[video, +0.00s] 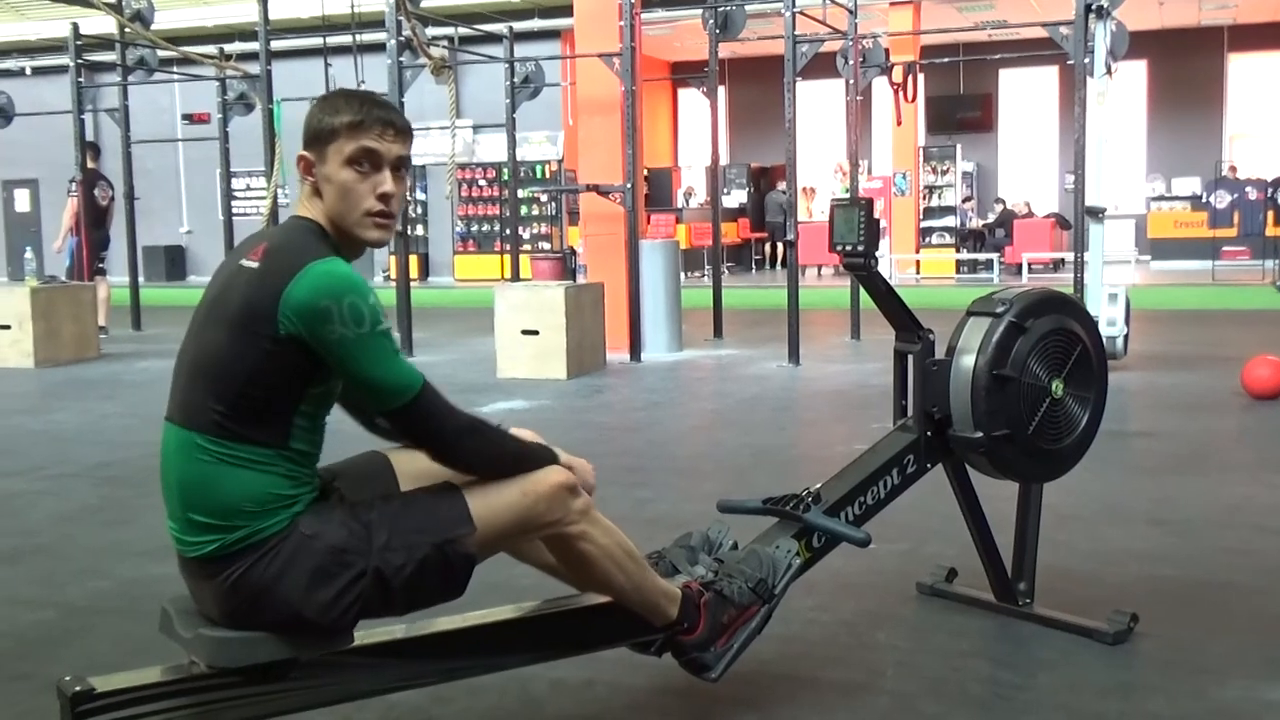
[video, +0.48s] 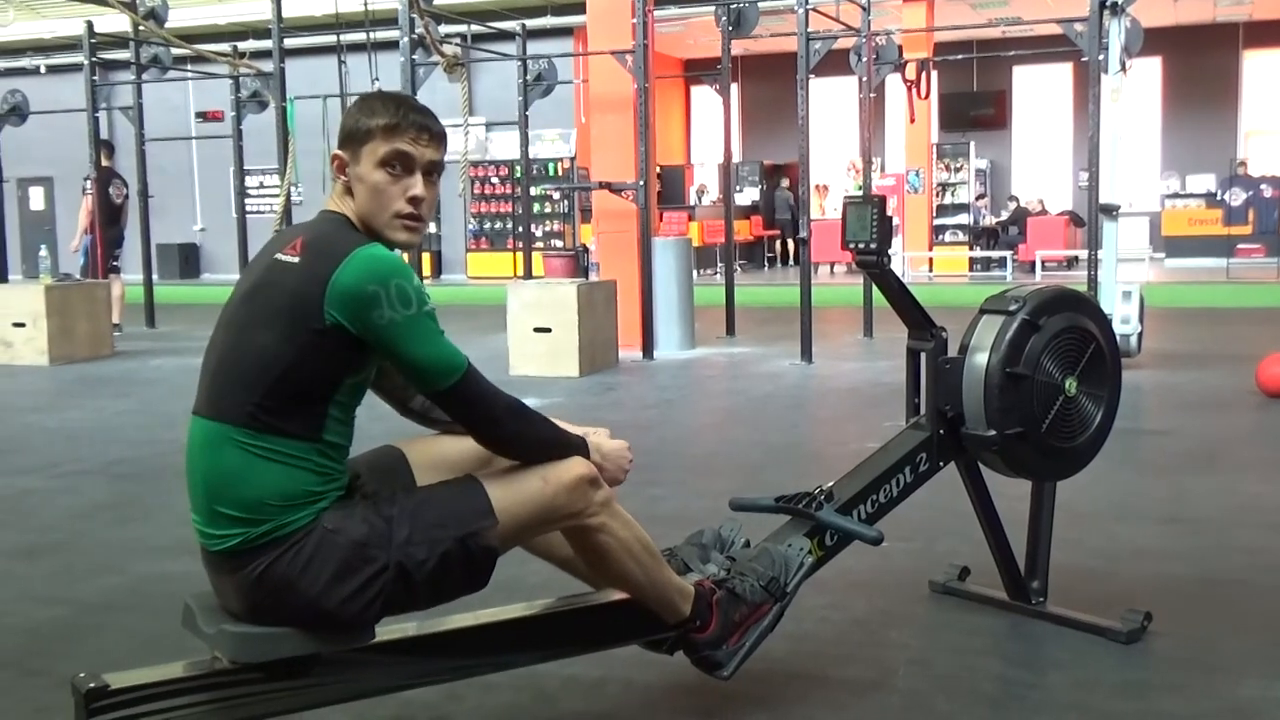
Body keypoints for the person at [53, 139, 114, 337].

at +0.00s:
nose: (78, 158)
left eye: (79, 154)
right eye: (80, 154)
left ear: (84, 156)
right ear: (97, 157)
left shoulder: (79, 182)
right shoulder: (108, 183)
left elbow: (71, 211)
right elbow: (110, 214)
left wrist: (61, 238)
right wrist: (105, 232)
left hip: (82, 235)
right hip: (102, 234)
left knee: (76, 279)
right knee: (101, 278)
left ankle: (77, 324)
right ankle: (102, 323)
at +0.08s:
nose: (81, 157)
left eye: (82, 153)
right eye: (83, 153)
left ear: (86, 155)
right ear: (100, 155)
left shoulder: (81, 181)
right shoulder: (110, 182)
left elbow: (74, 210)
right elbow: (113, 213)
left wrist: (64, 237)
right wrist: (108, 232)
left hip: (85, 234)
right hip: (104, 233)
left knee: (78, 278)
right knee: (103, 277)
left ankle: (80, 323)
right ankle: (104, 322)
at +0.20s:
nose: (84, 157)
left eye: (85, 153)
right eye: (87, 153)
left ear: (89, 155)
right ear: (103, 155)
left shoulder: (83, 180)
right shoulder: (113, 182)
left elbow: (77, 210)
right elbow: (115, 213)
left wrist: (68, 238)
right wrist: (111, 232)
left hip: (88, 235)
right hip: (107, 234)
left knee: (81, 278)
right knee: (106, 277)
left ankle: (83, 323)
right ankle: (107, 322)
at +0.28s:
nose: (84, 157)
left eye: (86, 153)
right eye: (87, 153)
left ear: (89, 155)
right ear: (104, 155)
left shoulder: (84, 180)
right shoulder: (114, 181)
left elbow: (79, 210)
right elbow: (117, 213)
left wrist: (70, 237)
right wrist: (113, 232)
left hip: (89, 235)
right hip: (108, 234)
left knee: (82, 278)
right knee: (107, 277)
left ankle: (84, 323)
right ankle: (108, 322)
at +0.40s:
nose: (89, 156)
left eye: (90, 152)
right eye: (92, 152)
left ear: (94, 154)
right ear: (109, 154)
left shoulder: (89, 179)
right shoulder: (119, 181)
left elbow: (84, 209)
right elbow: (121, 212)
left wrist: (75, 237)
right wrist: (117, 231)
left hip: (94, 234)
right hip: (113, 233)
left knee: (88, 277)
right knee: (112, 276)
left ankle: (89, 322)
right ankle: (113, 321)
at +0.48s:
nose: (92, 156)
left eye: (93, 153)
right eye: (94, 153)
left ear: (97, 154)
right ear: (111, 155)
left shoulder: (93, 179)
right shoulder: (122, 181)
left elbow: (87, 209)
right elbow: (124, 213)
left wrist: (78, 237)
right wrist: (120, 231)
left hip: (97, 234)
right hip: (116, 233)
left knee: (91, 278)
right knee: (115, 276)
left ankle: (92, 322)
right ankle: (116, 321)